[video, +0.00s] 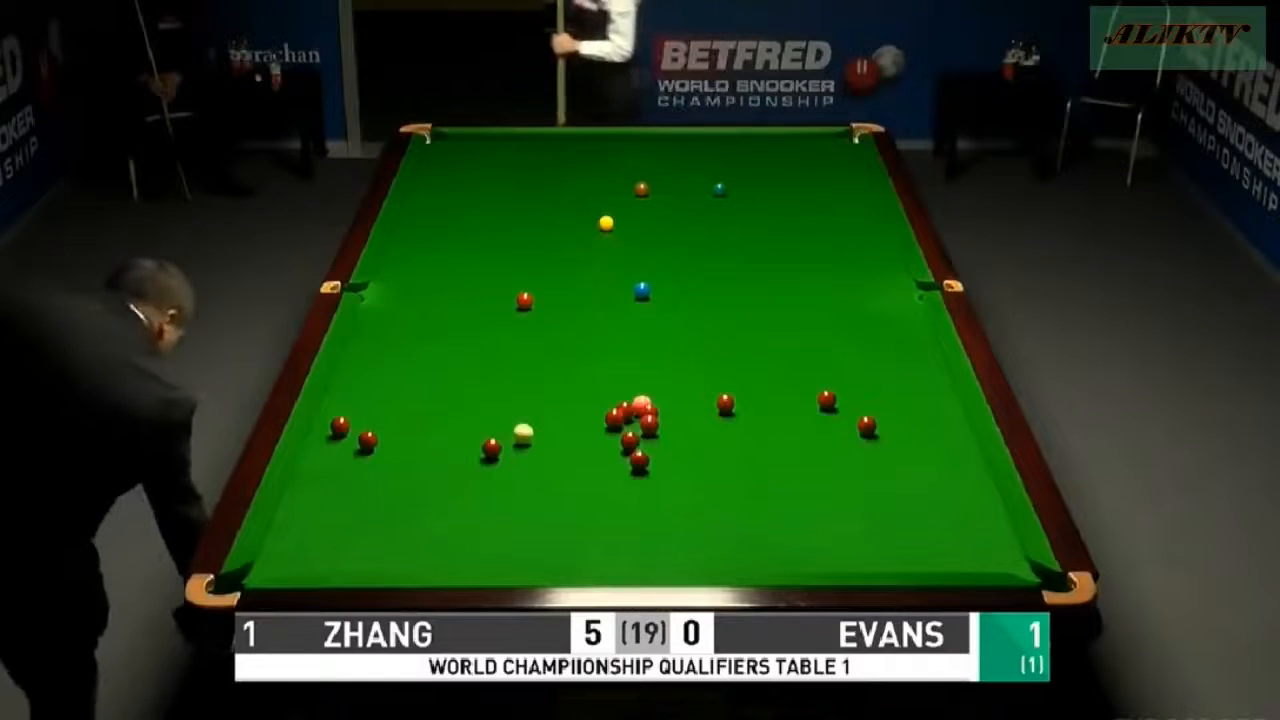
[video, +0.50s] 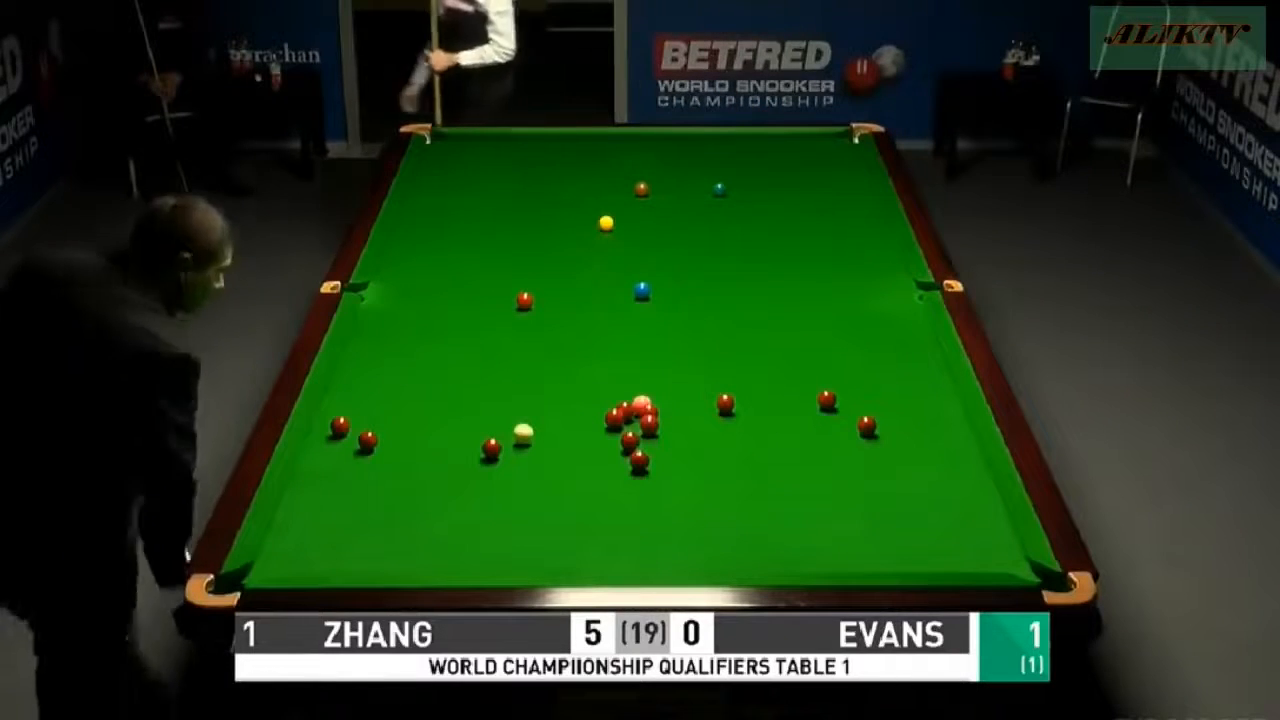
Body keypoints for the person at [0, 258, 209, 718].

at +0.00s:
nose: (172, 346)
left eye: (178, 337)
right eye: (176, 335)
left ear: (113, 294)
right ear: (164, 323)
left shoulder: (28, 316)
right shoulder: (156, 400)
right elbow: (182, 521)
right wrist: (212, 596)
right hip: (45, 580)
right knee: (65, 709)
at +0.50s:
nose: (223, 282)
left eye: (224, 271)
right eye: (218, 272)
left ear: (138, 245)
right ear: (181, 271)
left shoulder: (43, 273)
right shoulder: (161, 362)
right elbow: (169, 485)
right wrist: (171, 568)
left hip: (3, 512)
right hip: (82, 548)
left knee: (58, 660)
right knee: (100, 674)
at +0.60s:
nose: (234, 267)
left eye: (235, 256)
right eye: (229, 257)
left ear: (151, 236)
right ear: (193, 257)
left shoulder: (67, 280)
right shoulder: (168, 345)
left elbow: (40, 409)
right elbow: (161, 466)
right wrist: (177, 519)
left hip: (43, 512)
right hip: (113, 545)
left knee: (76, 672)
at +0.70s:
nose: (246, 257)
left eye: (247, 245)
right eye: (240, 246)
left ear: (177, 231)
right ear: (201, 242)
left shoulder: (94, 277)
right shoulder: (162, 316)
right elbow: (158, 442)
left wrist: (197, 444)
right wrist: (207, 485)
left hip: (69, 517)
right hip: (121, 536)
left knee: (102, 669)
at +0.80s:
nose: (269, 243)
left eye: (270, 231)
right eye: (262, 231)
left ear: (213, 222)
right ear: (224, 227)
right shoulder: (164, 279)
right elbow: (191, 371)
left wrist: (232, 429)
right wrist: (261, 426)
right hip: (132, 510)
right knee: (156, 667)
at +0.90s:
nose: (286, 241)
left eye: (287, 229)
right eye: (279, 230)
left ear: (237, 221)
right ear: (239, 226)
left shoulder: (200, 264)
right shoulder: (179, 276)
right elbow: (220, 362)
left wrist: (228, 427)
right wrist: (313, 410)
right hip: (133, 508)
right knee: (168, 665)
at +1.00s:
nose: (314, 242)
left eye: (315, 230)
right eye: (306, 231)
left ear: (252, 220)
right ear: (268, 229)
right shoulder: (210, 284)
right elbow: (271, 363)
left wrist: (236, 436)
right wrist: (379, 402)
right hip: (144, 507)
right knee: (176, 655)